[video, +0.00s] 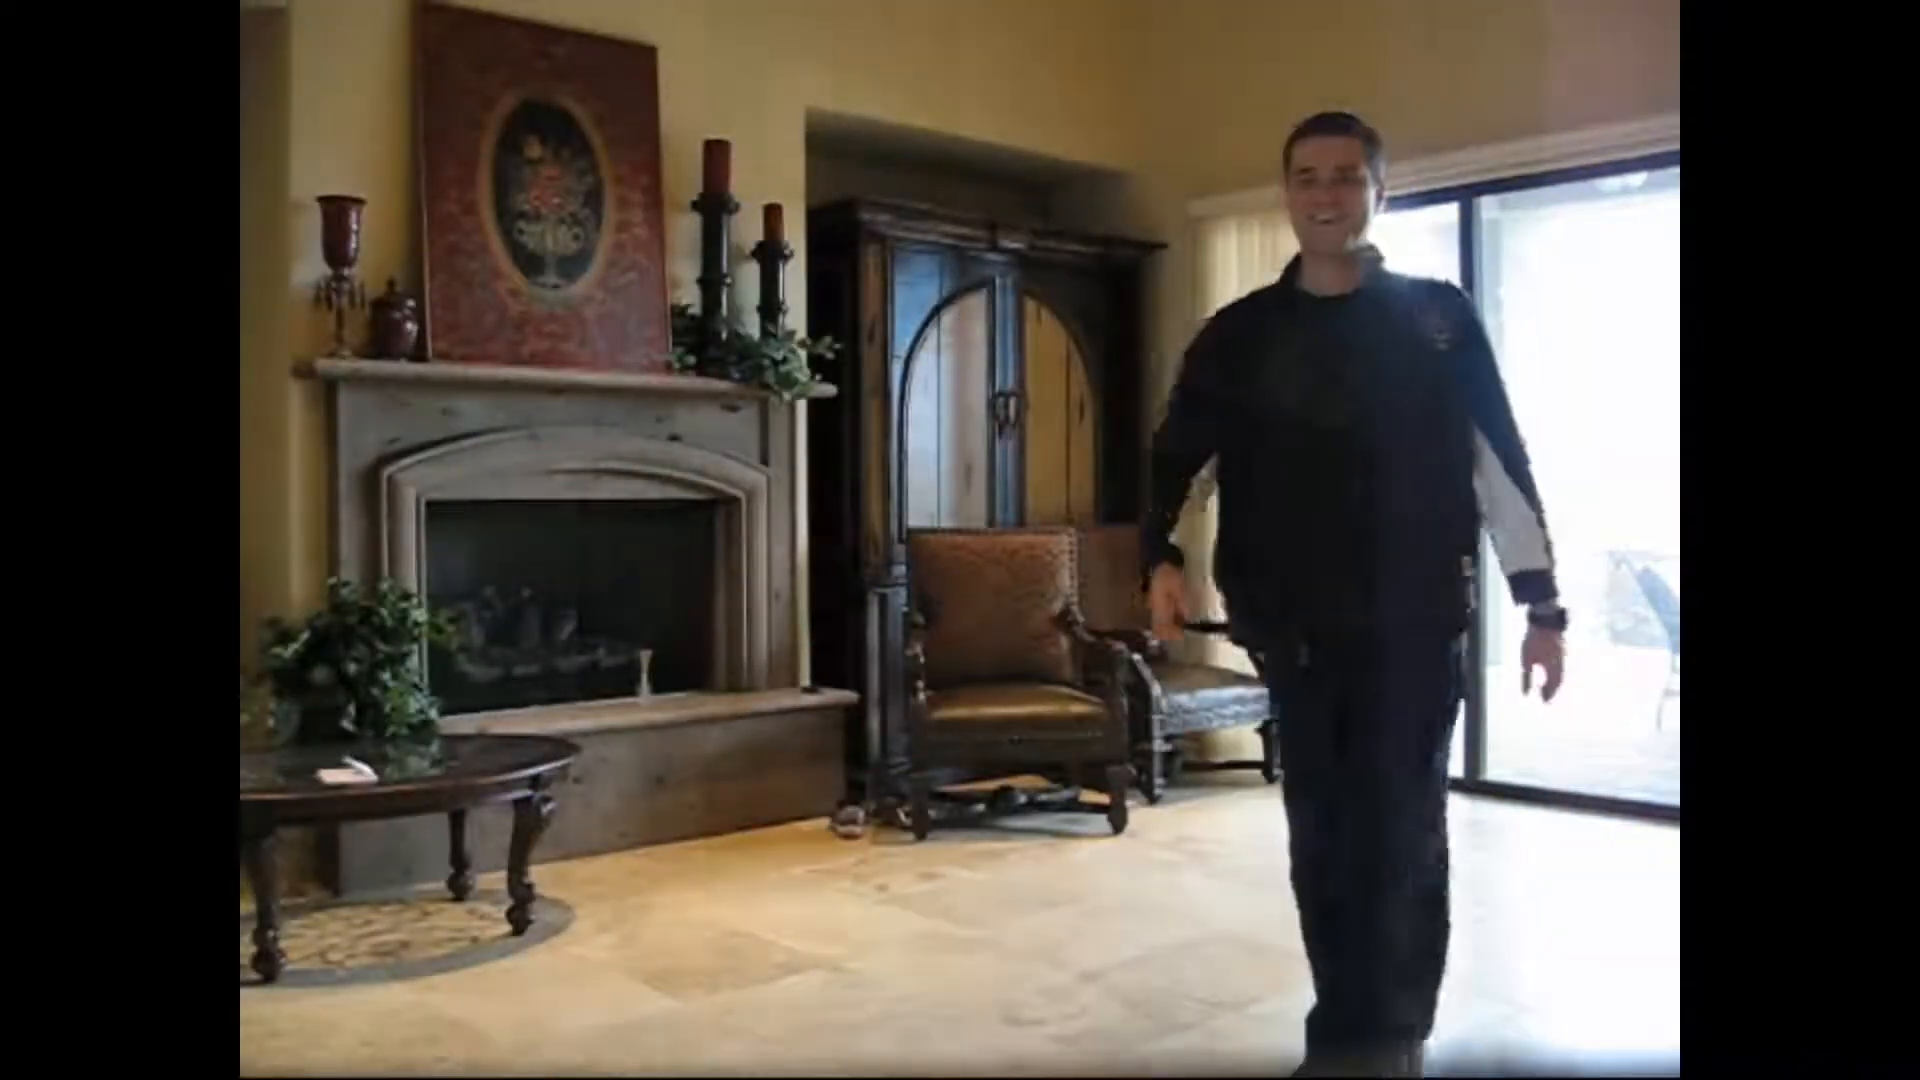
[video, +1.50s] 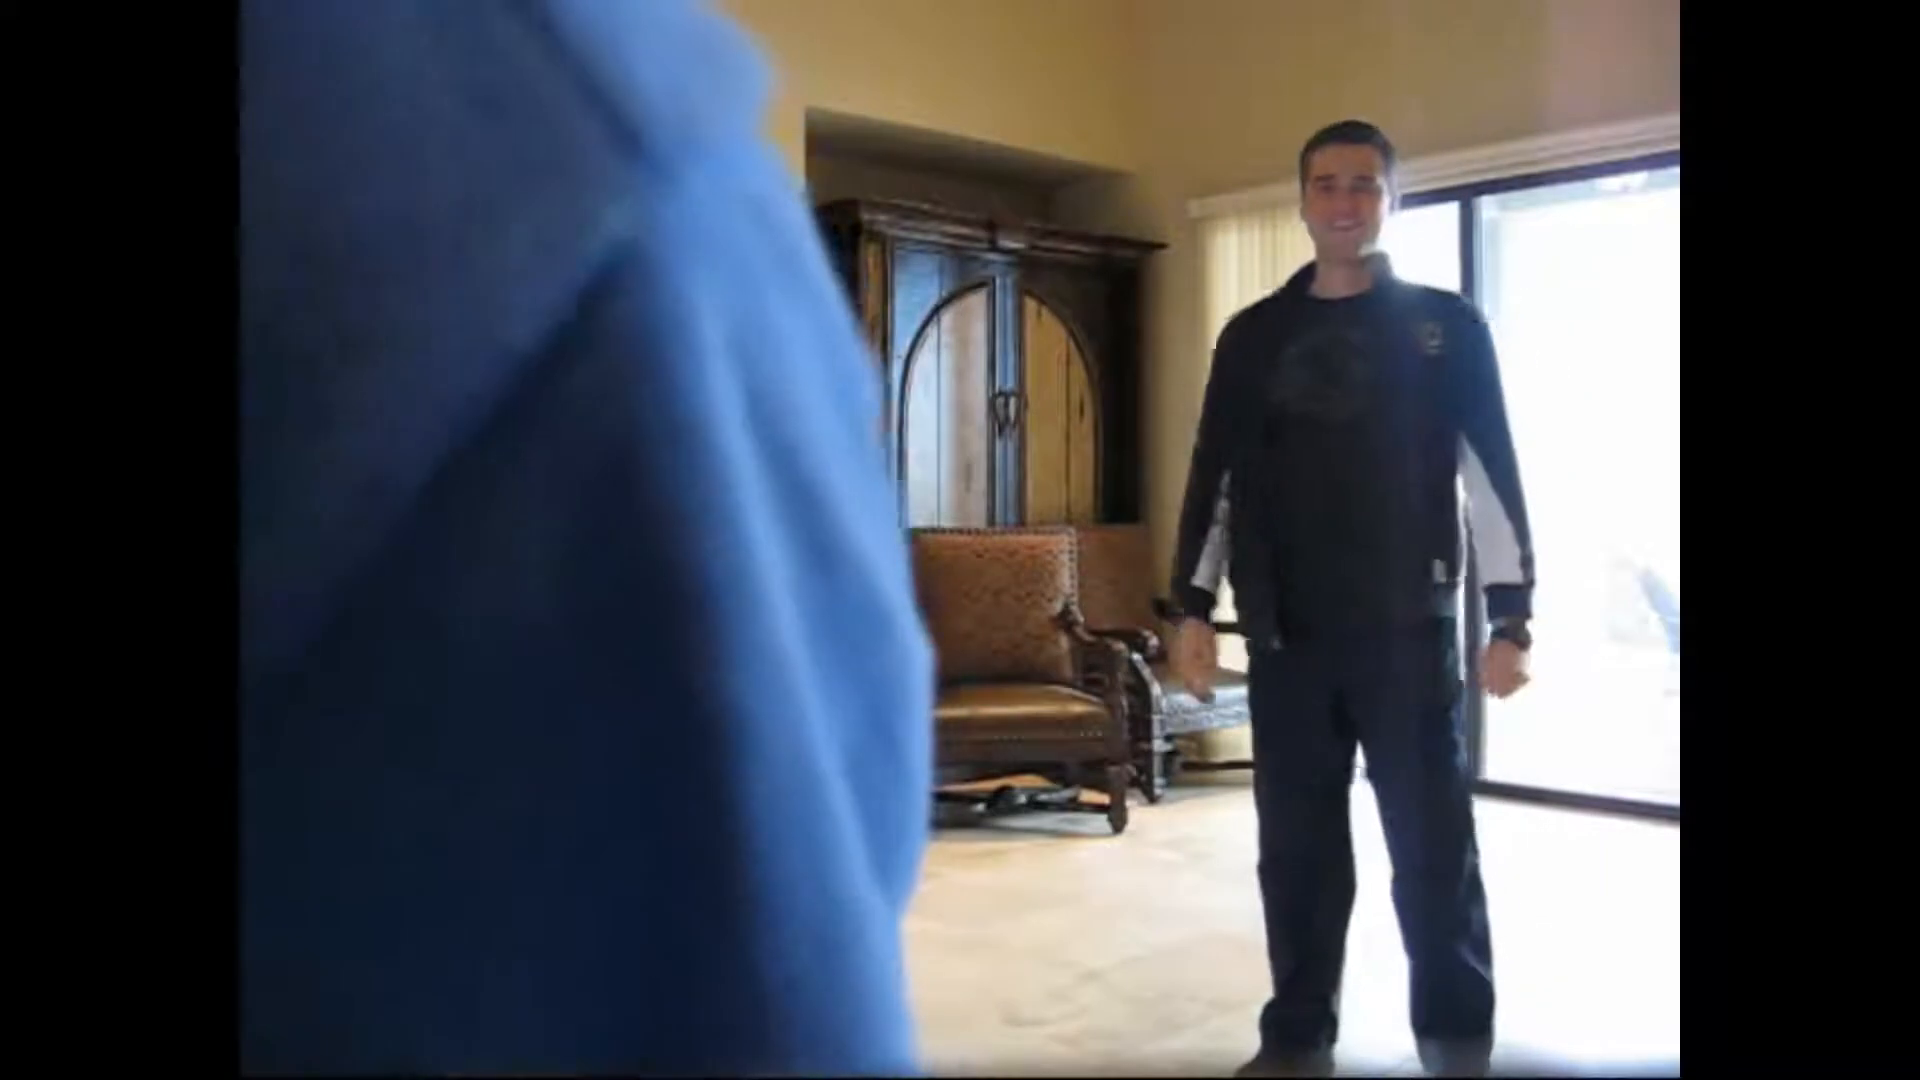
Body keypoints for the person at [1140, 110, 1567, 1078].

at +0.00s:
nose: (1327, 194)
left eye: (1346, 177)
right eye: (1309, 178)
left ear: (1377, 193)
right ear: (1284, 195)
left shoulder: (1434, 314)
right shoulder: (1235, 335)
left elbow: (1500, 463)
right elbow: (1167, 466)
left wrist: (1542, 605)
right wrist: (1159, 558)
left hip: (1412, 622)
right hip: (1294, 626)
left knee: (1402, 836)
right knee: (1321, 840)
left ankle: (1397, 1045)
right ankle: (1338, 1045)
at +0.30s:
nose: (1370, 189)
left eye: (1387, 172)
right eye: (1351, 175)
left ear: (1417, 189)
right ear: (1326, 196)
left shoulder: (1479, 316)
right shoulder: (1278, 334)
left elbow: (1532, 463)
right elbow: (1227, 474)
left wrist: (1552, 607)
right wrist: (1219, 598)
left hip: (1450, 626)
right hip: (1326, 629)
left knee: (1463, 843)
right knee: (1340, 848)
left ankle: (1466, 1049)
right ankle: (1342, 1050)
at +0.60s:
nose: (1410, 186)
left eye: (1427, 169)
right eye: (1391, 171)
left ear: (1456, 184)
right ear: (1364, 191)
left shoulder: (1518, 312)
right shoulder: (1315, 332)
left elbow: (1584, 462)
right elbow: (1275, 488)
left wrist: (1626, 597)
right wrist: (1262, 628)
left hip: (1484, 638)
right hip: (1358, 639)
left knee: (1480, 862)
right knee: (1357, 857)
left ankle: (1469, 1057)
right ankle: (1346, 1049)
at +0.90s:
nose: (1419, 188)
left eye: (1437, 171)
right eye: (1399, 173)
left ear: (1469, 186)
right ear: (1373, 192)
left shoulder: (1531, 313)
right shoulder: (1331, 330)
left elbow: (1594, 468)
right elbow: (1292, 483)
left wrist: (1616, 613)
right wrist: (1275, 621)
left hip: (1489, 639)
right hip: (1364, 639)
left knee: (1486, 869)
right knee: (1356, 859)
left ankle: (1469, 1058)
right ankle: (1342, 1050)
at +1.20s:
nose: (1400, 198)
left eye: (1419, 180)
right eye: (1381, 182)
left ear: (1447, 193)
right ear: (1356, 198)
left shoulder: (1506, 318)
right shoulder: (1306, 333)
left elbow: (1546, 478)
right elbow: (1269, 489)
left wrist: (1515, 604)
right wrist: (1262, 623)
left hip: (1463, 637)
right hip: (1339, 638)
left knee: (1474, 867)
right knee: (1320, 854)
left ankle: (1466, 1058)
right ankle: (1293, 1042)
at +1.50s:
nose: (1343, 201)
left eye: (1362, 184)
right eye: (1326, 184)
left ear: (1390, 198)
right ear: (1301, 200)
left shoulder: (1445, 324)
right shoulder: (1250, 335)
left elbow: (1494, 477)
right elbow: (1210, 478)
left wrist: (1510, 619)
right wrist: (1187, 604)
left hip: (1411, 633)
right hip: (1287, 637)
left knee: (1434, 853)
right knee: (1295, 853)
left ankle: (1457, 1049)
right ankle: (1295, 1040)